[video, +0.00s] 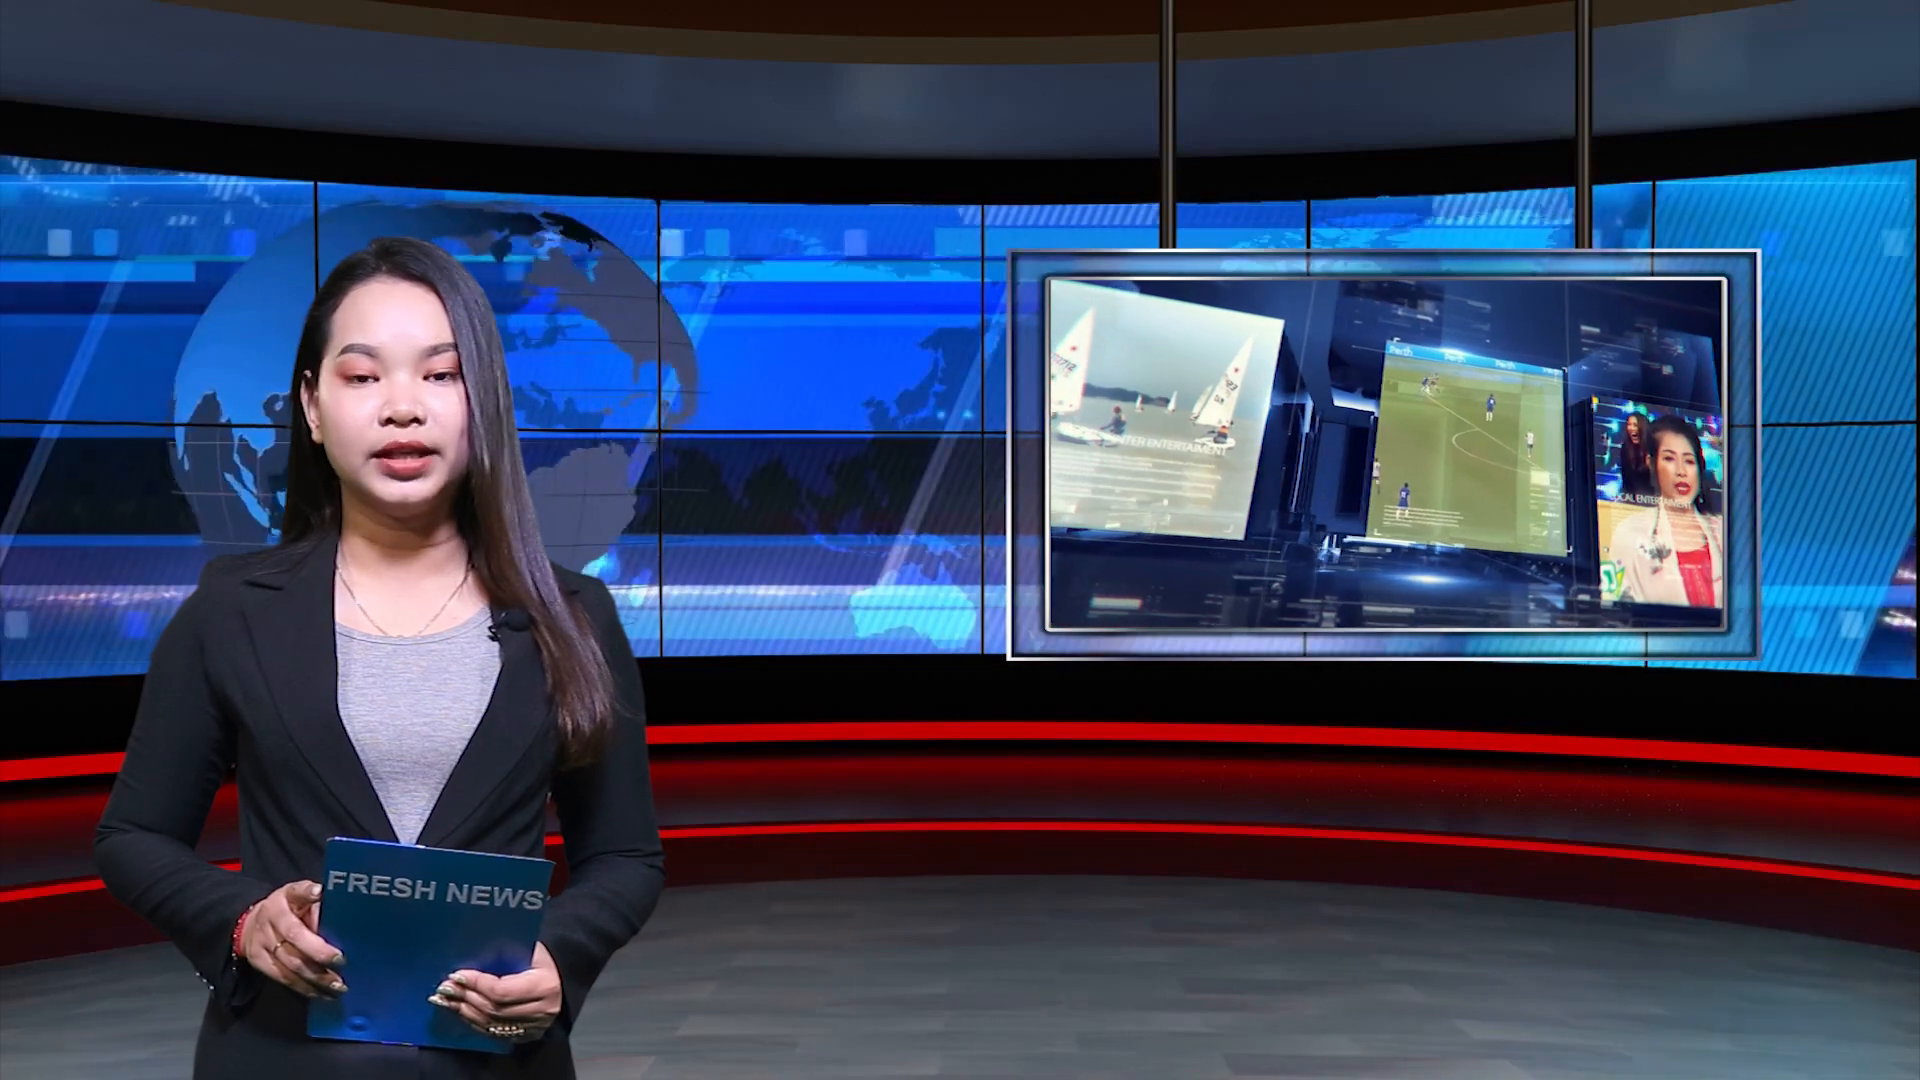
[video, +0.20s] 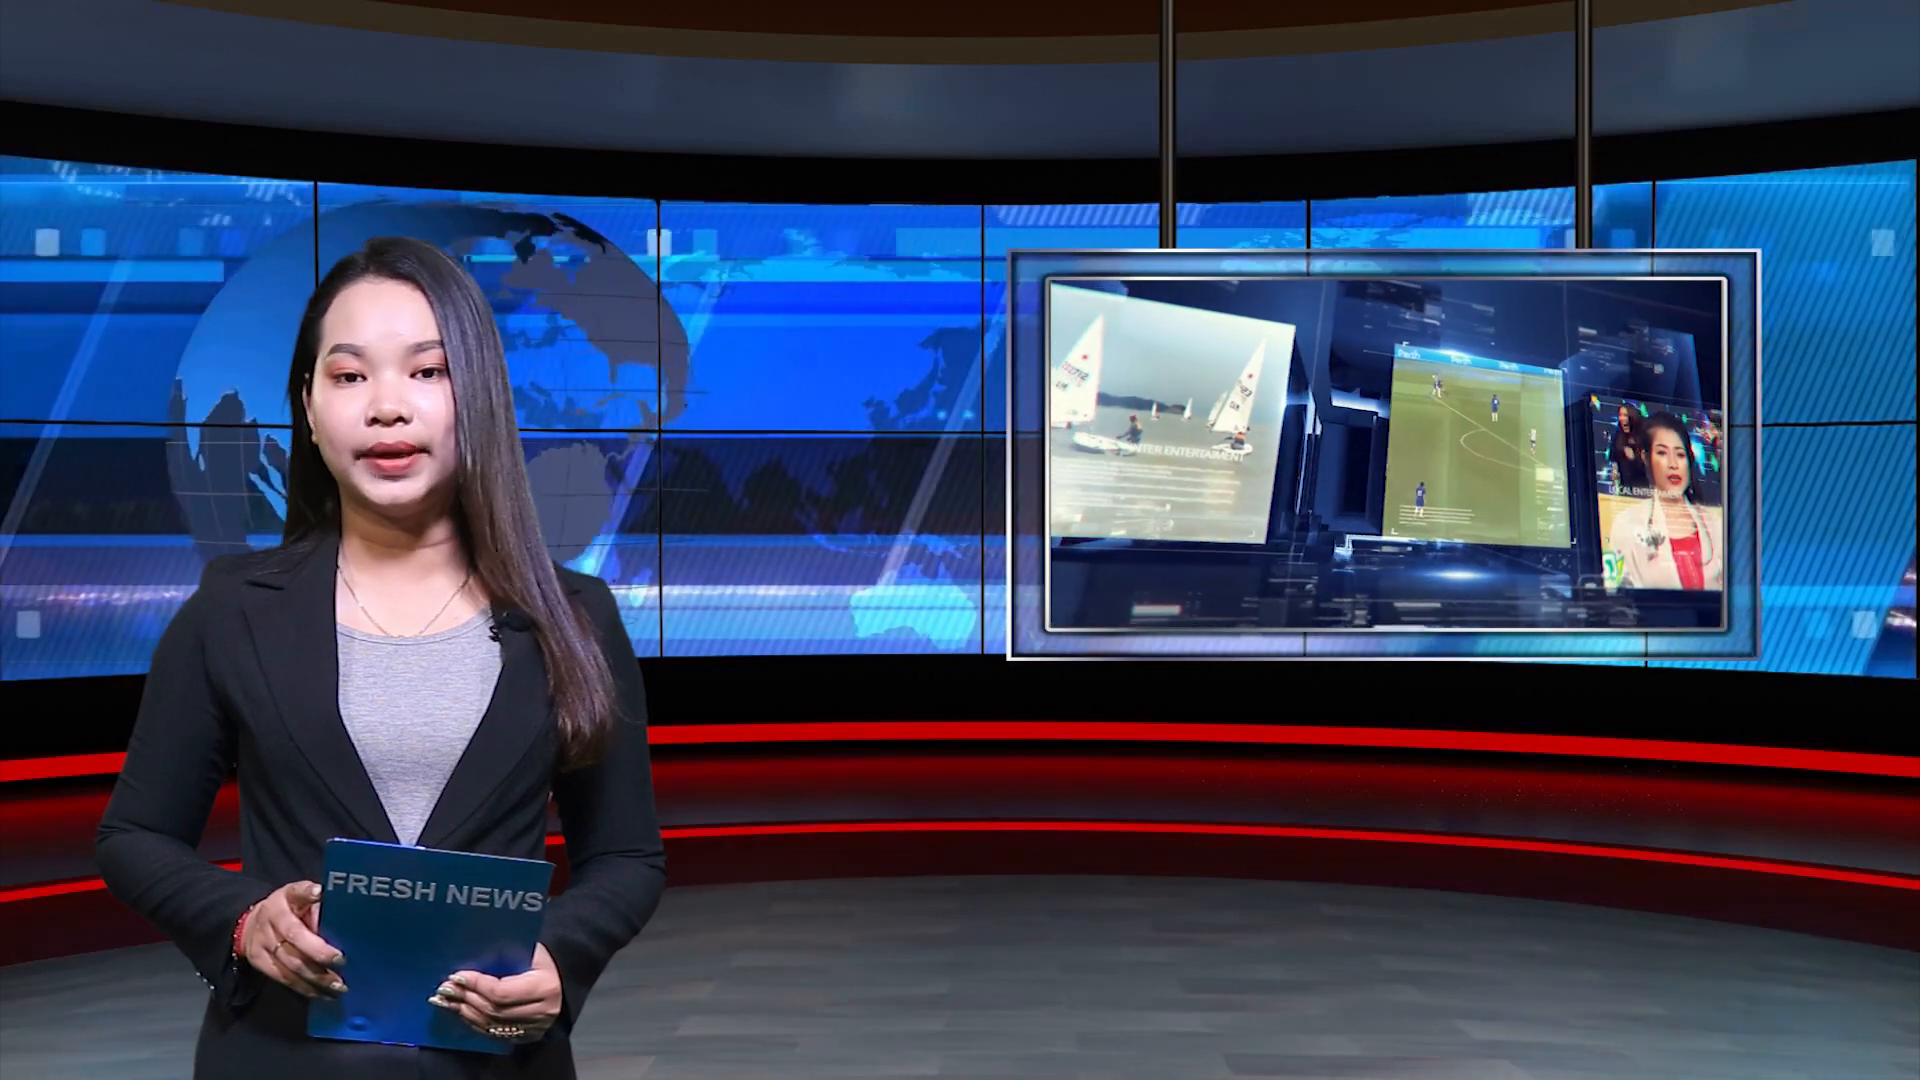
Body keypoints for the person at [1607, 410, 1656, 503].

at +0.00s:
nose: (1632, 429)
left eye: (1635, 425)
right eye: (1629, 425)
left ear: (1643, 428)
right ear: (1626, 428)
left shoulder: (1650, 448)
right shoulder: (1625, 448)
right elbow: (1627, 476)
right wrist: (1646, 467)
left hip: (1649, 495)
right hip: (1630, 494)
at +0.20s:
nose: (1622, 419)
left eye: (1625, 415)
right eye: (1620, 415)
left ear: (1633, 417)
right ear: (1618, 417)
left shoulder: (1642, 436)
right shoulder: (1618, 436)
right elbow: (1613, 457)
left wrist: (1635, 458)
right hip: (1625, 484)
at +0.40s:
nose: (1613, 414)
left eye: (1616, 411)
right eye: (1611, 411)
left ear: (1623, 413)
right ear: (1609, 413)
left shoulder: (1632, 432)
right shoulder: (1608, 435)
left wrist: (1619, 446)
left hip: (1634, 475)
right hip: (1618, 475)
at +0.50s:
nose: (1608, 407)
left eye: (1611, 403)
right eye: (1606, 404)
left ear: (1617, 405)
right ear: (1603, 406)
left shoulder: (1626, 424)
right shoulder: (1604, 424)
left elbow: (1631, 452)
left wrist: (1616, 442)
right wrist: (1604, 453)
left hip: (1629, 467)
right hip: (1614, 467)